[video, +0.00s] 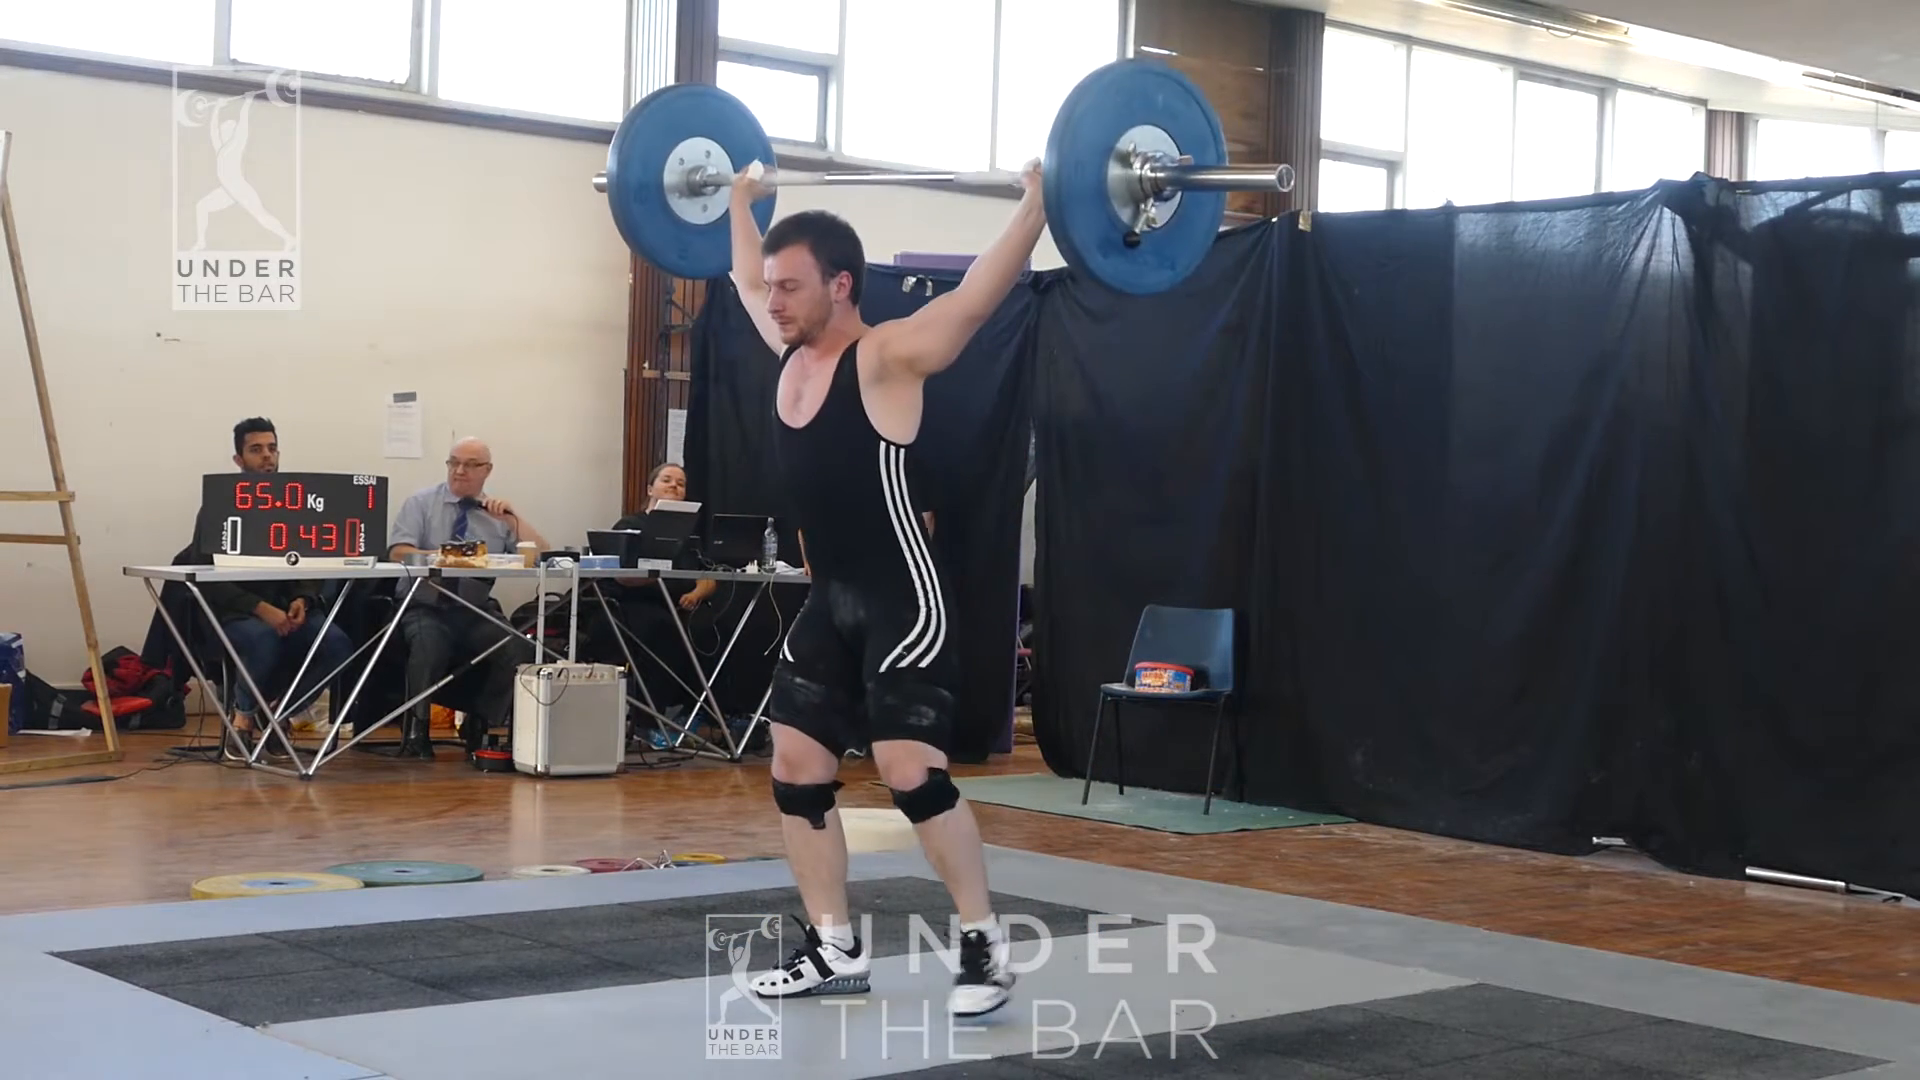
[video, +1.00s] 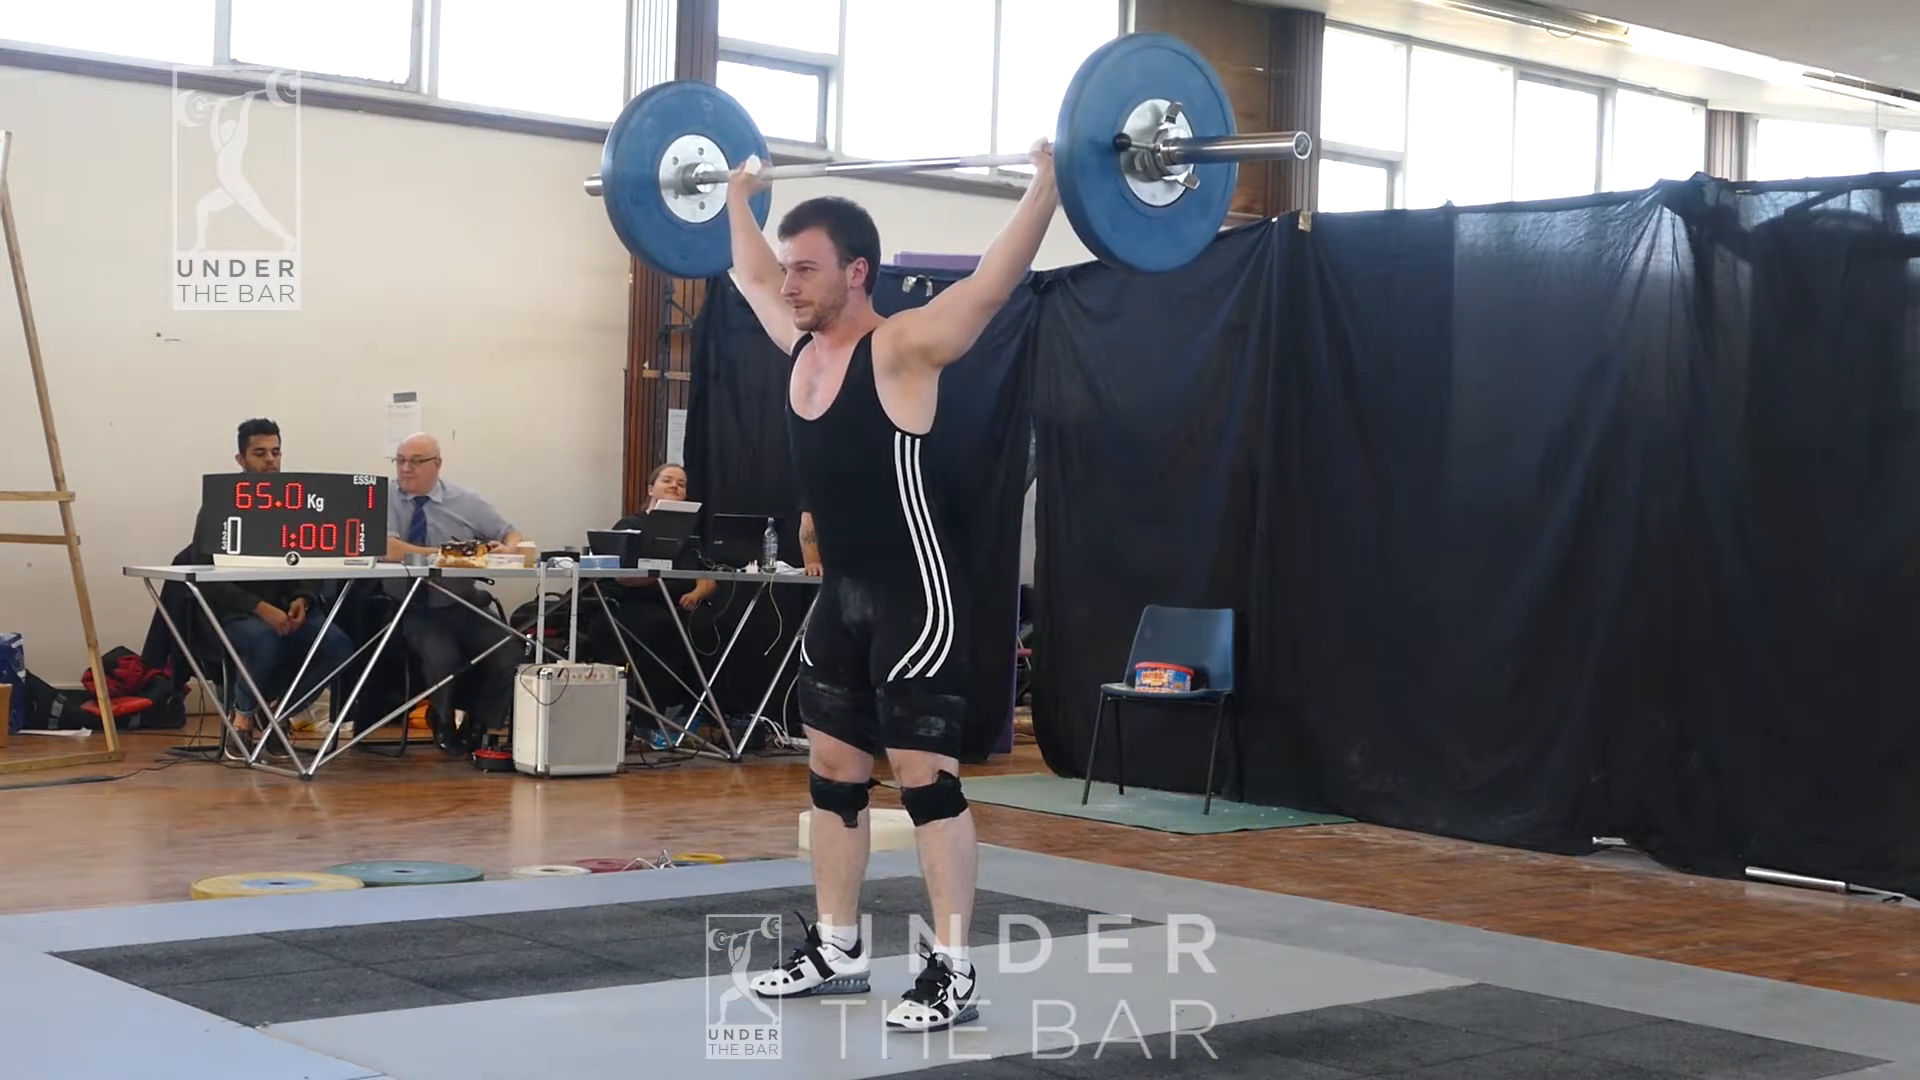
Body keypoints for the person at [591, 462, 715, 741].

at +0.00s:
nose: (673, 486)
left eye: (680, 484)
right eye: (666, 481)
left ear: (684, 494)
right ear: (650, 488)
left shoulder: (690, 530)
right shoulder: (629, 525)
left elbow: (711, 576)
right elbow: (622, 576)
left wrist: (697, 593)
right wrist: (658, 575)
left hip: (677, 604)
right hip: (634, 602)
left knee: (705, 630)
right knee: (657, 630)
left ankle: (692, 713)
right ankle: (650, 720)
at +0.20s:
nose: (674, 487)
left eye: (680, 484)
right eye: (667, 481)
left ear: (685, 494)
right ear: (650, 488)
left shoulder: (692, 529)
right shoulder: (629, 525)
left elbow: (711, 576)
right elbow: (622, 576)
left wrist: (697, 593)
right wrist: (656, 575)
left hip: (678, 604)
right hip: (636, 603)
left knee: (707, 628)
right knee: (657, 629)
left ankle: (693, 713)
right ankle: (654, 719)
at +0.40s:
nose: (674, 487)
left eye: (681, 484)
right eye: (667, 481)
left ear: (685, 493)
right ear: (651, 488)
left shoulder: (691, 530)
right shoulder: (629, 525)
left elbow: (711, 576)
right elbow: (621, 575)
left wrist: (697, 593)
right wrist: (655, 575)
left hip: (678, 605)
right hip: (635, 603)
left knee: (705, 629)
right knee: (656, 630)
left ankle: (690, 713)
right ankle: (650, 719)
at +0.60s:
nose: (674, 487)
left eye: (680, 484)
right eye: (667, 481)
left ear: (685, 494)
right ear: (650, 488)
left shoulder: (691, 530)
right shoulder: (629, 525)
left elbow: (712, 575)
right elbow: (618, 573)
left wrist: (697, 593)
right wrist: (653, 576)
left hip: (679, 605)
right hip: (635, 603)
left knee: (707, 630)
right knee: (658, 631)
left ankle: (694, 713)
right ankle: (648, 720)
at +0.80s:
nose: (674, 487)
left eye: (680, 484)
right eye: (667, 481)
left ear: (685, 494)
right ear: (651, 489)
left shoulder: (691, 531)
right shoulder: (629, 525)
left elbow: (710, 577)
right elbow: (623, 576)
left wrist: (697, 593)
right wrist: (660, 574)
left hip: (677, 604)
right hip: (635, 602)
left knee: (704, 625)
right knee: (658, 628)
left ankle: (693, 711)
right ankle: (649, 720)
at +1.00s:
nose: (674, 487)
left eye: (681, 484)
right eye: (667, 481)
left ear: (685, 494)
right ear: (651, 489)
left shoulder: (691, 531)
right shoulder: (629, 525)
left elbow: (711, 576)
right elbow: (621, 575)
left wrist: (697, 593)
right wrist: (657, 575)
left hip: (677, 603)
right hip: (635, 602)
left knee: (705, 624)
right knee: (658, 627)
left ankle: (696, 710)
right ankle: (648, 719)